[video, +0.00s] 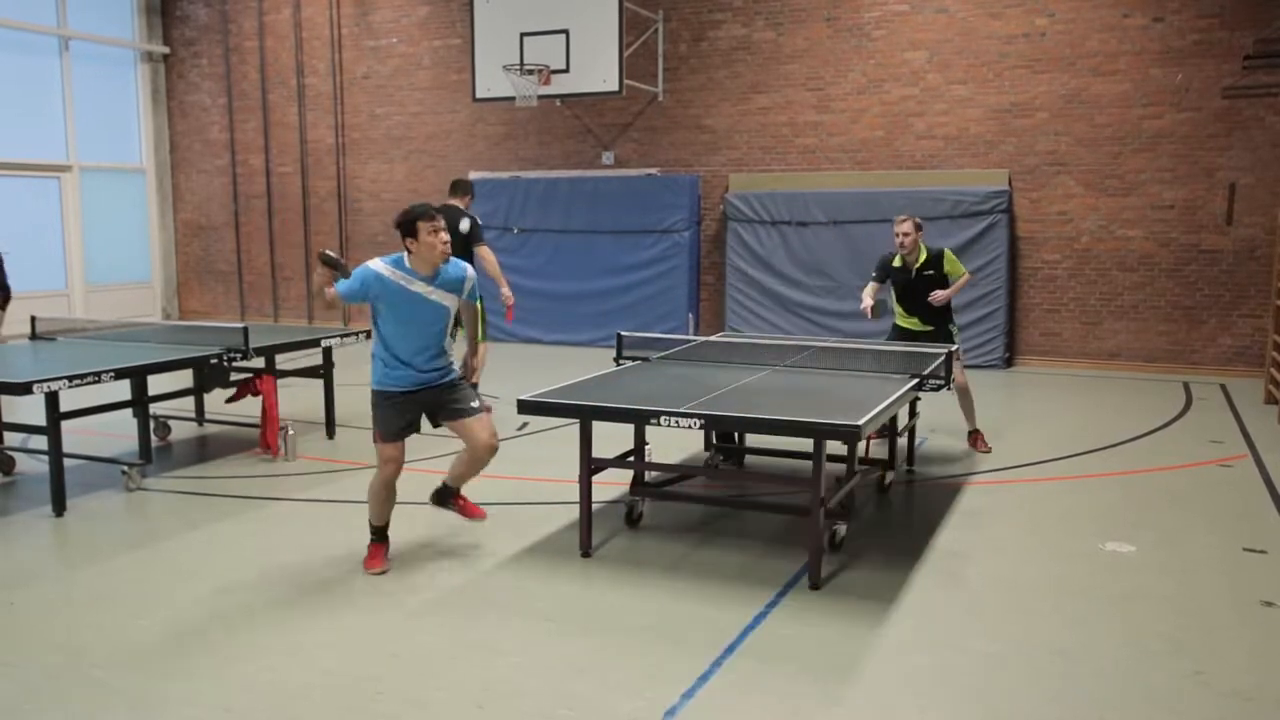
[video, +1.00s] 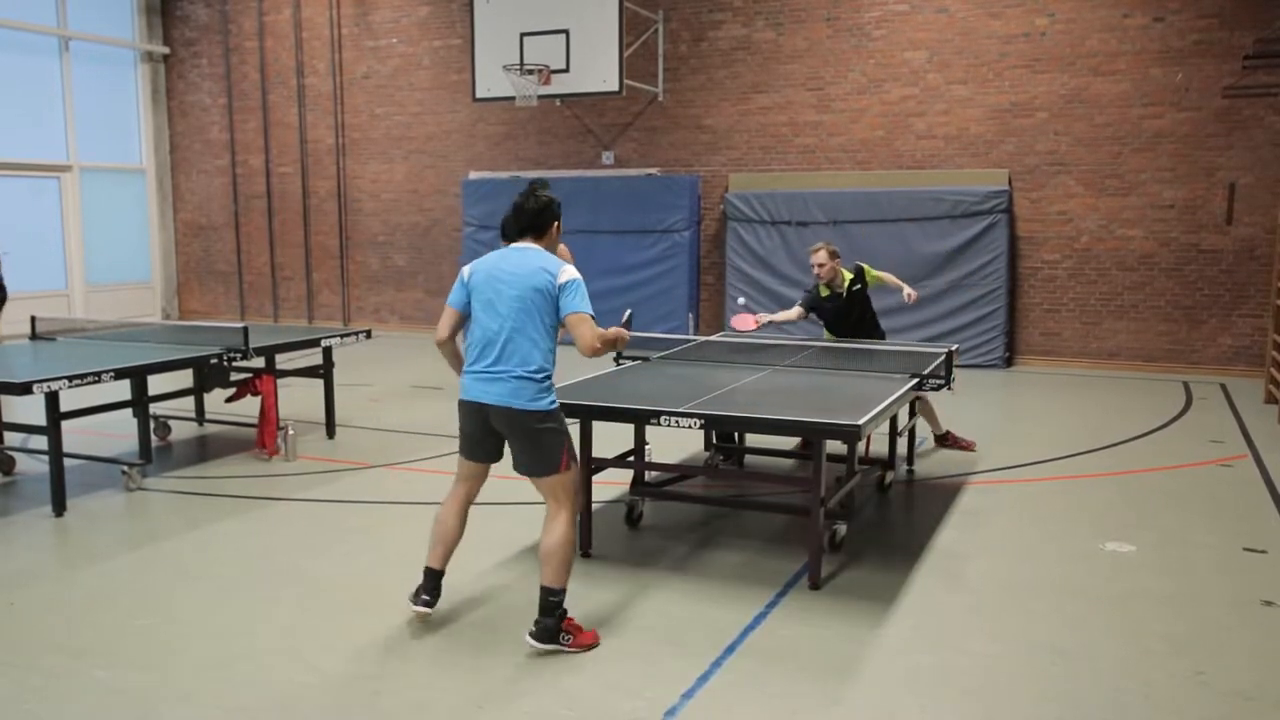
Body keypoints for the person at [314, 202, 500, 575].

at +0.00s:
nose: (444, 238)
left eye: (444, 231)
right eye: (433, 233)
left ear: (448, 235)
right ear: (410, 242)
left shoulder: (461, 276)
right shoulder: (376, 274)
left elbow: (472, 308)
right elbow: (328, 296)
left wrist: (474, 351)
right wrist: (325, 281)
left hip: (442, 378)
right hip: (393, 385)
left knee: (485, 444)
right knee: (389, 468)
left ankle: (448, 492)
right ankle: (378, 540)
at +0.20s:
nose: (498, 278)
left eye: (497, 270)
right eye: (492, 271)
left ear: (471, 276)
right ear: (468, 276)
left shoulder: (478, 304)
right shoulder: (415, 301)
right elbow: (382, 367)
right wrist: (439, 385)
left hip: (439, 397)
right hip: (395, 402)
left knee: (481, 462)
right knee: (399, 483)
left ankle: (449, 543)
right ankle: (379, 542)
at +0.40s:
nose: (527, 276)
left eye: (527, 267)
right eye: (525, 268)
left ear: (495, 266)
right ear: (511, 271)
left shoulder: (467, 287)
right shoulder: (470, 309)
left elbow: (416, 323)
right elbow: (456, 383)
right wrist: (506, 379)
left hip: (446, 397)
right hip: (422, 404)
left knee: (489, 462)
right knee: (469, 481)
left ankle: (450, 540)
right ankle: (394, 515)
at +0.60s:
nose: (529, 240)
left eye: (528, 232)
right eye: (525, 233)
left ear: (488, 235)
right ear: (511, 236)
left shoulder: (454, 266)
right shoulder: (497, 277)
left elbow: (413, 319)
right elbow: (492, 353)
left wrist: (421, 368)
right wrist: (539, 350)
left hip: (424, 383)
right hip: (458, 383)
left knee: (461, 459)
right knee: (522, 461)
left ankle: (436, 550)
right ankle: (469, 553)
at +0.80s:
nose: (535, 258)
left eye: (535, 252)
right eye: (534, 251)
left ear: (484, 251)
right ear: (526, 252)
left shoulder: (453, 292)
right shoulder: (529, 300)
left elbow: (422, 360)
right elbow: (557, 372)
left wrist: (440, 410)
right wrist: (576, 347)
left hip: (455, 421)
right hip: (505, 424)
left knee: (453, 486)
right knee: (548, 514)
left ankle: (421, 566)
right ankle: (544, 627)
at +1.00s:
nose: (562, 233)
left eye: (560, 228)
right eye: (560, 227)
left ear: (512, 227)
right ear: (552, 228)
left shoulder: (477, 267)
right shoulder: (559, 270)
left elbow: (444, 337)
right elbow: (588, 344)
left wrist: (467, 375)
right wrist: (614, 337)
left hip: (474, 399)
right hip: (529, 405)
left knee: (462, 489)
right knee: (561, 502)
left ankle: (428, 586)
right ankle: (550, 620)